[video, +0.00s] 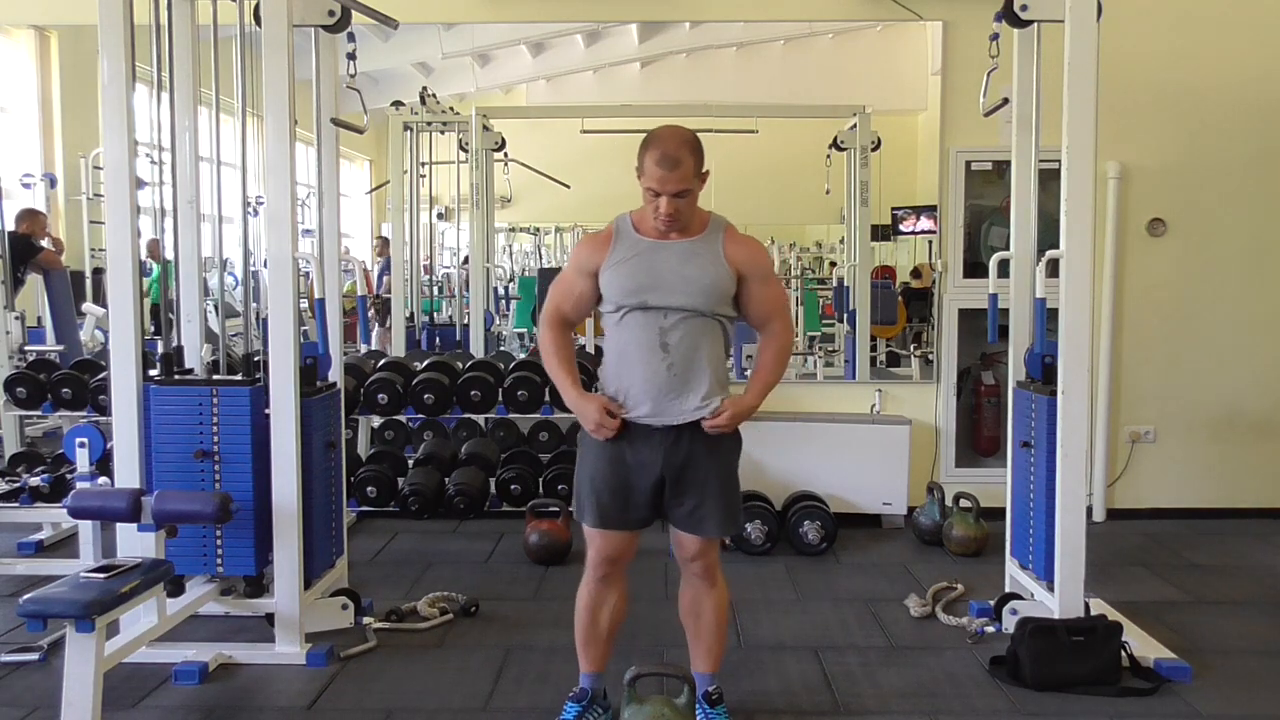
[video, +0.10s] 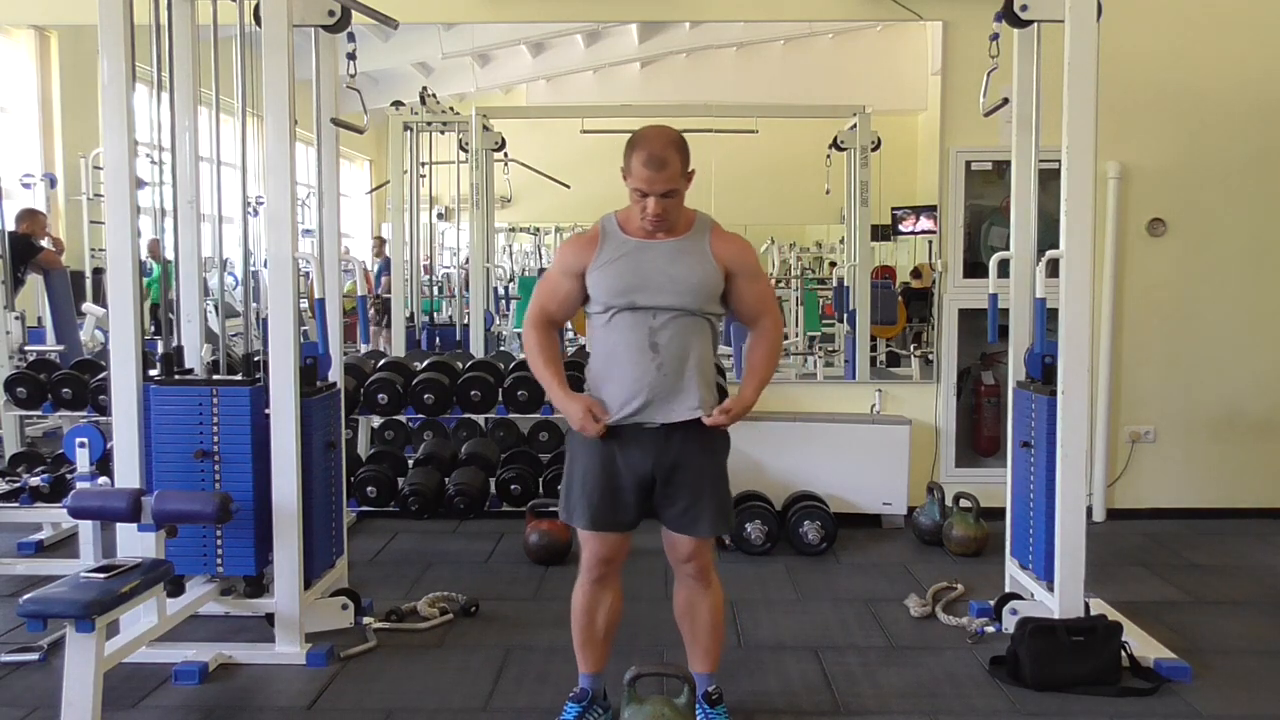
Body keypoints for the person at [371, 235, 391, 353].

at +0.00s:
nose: (374, 249)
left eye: (377, 246)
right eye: (374, 246)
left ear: (385, 247)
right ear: (382, 248)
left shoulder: (387, 262)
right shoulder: (383, 263)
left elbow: (387, 284)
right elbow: (384, 284)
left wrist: (377, 301)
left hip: (385, 308)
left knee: (378, 341)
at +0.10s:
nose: (372, 250)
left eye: (375, 247)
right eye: (372, 247)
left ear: (382, 247)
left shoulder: (385, 262)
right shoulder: (382, 263)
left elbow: (385, 284)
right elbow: (382, 284)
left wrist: (376, 301)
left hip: (384, 301)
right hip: (383, 301)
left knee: (375, 332)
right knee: (386, 334)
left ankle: (374, 356)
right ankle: (389, 357)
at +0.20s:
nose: (370, 250)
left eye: (373, 247)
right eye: (369, 247)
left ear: (379, 247)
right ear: (370, 247)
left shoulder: (383, 263)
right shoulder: (379, 263)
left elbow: (383, 285)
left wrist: (375, 300)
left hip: (381, 302)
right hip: (383, 302)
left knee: (372, 333)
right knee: (386, 335)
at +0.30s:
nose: (367, 251)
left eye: (370, 248)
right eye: (367, 248)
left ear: (378, 248)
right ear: (366, 249)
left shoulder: (380, 265)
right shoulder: (375, 265)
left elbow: (380, 286)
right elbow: (370, 282)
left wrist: (372, 304)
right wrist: (365, 272)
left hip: (378, 299)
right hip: (377, 299)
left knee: (371, 333)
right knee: (384, 335)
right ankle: (391, 359)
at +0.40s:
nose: (365, 251)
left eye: (368, 248)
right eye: (364, 248)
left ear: (375, 249)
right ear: (363, 248)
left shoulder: (376, 264)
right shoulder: (371, 264)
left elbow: (376, 287)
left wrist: (368, 304)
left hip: (376, 300)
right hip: (375, 300)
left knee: (369, 333)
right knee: (380, 334)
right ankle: (390, 358)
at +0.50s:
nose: (362, 251)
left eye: (365, 248)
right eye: (361, 248)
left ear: (372, 249)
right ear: (360, 248)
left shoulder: (373, 265)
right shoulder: (367, 265)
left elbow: (372, 290)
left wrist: (361, 309)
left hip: (373, 302)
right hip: (369, 302)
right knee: (377, 332)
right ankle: (389, 356)